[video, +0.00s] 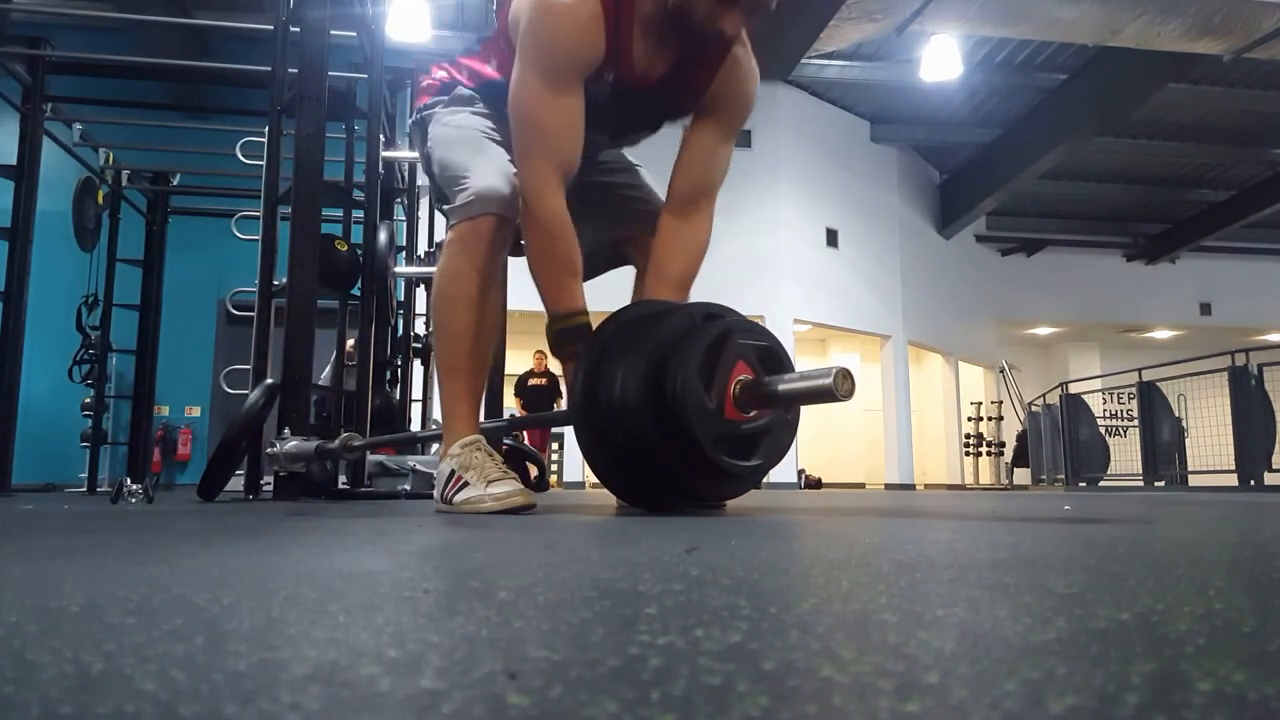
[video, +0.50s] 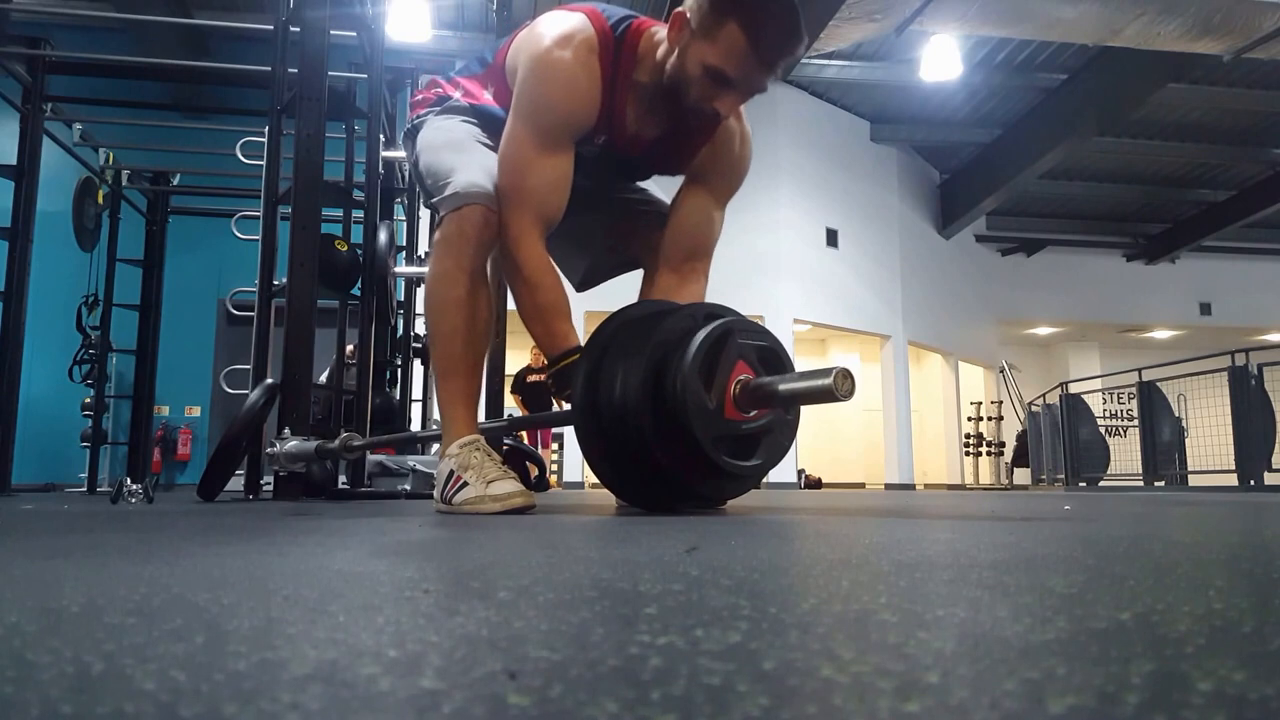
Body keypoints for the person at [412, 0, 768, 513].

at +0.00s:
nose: (733, 24)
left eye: (750, 12)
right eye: (725, 3)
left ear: (759, 9)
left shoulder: (733, 69)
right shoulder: (566, 15)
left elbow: (690, 210)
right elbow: (543, 182)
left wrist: (650, 349)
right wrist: (575, 346)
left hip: (580, 131)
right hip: (473, 102)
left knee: (664, 237)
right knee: (490, 200)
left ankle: (654, 454)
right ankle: (462, 450)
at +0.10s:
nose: (730, 54)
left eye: (751, 42)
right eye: (721, 26)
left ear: (770, 33)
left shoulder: (732, 93)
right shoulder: (566, 29)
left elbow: (686, 230)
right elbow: (541, 204)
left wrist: (650, 363)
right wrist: (574, 355)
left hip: (581, 141)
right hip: (477, 107)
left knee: (664, 236)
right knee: (487, 199)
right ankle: (461, 451)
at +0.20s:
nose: (730, 76)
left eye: (750, 62)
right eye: (720, 46)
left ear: (770, 49)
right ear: (678, 6)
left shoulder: (731, 110)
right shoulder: (566, 39)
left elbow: (685, 242)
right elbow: (534, 215)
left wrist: (653, 371)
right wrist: (570, 358)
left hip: (585, 149)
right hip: (479, 111)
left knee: (671, 239)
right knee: (482, 204)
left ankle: (655, 446)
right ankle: (461, 452)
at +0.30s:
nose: (728, 86)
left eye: (749, 74)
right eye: (720, 59)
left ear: (766, 64)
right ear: (683, 10)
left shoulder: (729, 122)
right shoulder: (566, 42)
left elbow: (683, 252)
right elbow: (530, 218)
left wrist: (654, 384)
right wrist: (570, 362)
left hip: (581, 152)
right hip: (477, 112)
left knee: (673, 240)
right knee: (480, 206)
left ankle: (656, 446)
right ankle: (461, 452)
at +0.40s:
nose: (726, 95)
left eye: (748, 83)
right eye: (718, 68)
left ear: (768, 72)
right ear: (681, 15)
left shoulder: (726, 130)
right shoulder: (565, 48)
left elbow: (681, 261)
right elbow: (528, 225)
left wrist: (656, 390)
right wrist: (575, 367)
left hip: (574, 153)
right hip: (474, 112)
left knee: (673, 241)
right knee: (478, 208)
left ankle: (656, 448)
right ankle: (461, 451)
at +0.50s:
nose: (728, 108)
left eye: (748, 92)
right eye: (718, 80)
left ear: (767, 82)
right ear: (678, 30)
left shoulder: (726, 140)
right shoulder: (564, 59)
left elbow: (684, 268)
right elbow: (523, 233)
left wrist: (665, 399)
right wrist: (576, 373)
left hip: (576, 156)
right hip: (473, 115)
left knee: (674, 246)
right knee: (475, 212)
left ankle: (658, 451)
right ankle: (461, 452)